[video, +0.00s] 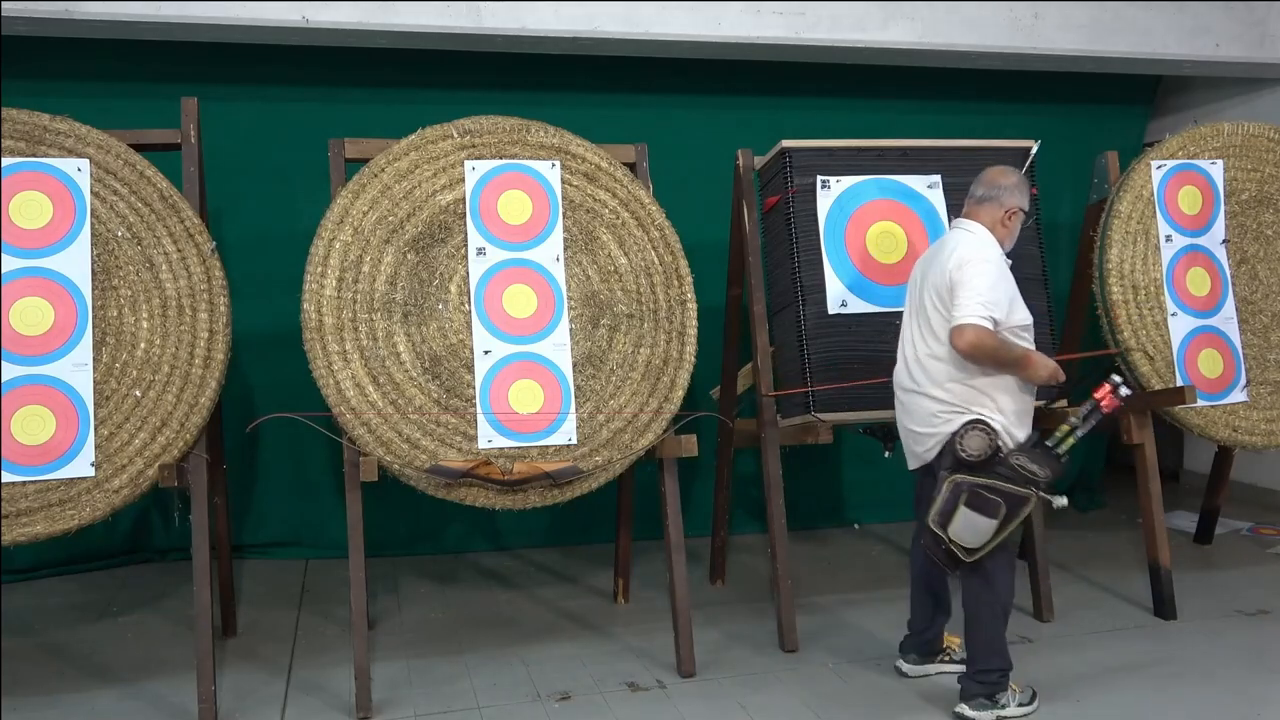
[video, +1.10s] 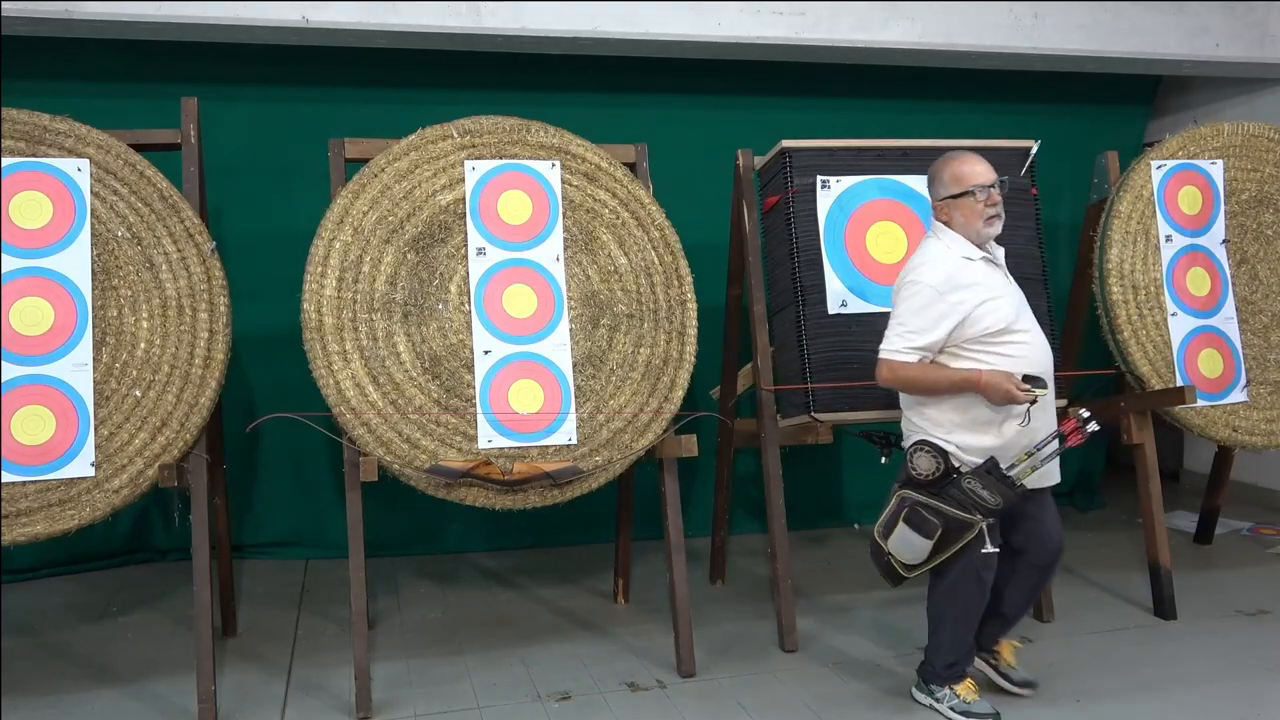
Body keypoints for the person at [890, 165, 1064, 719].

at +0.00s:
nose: (1020, 229)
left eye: (1022, 219)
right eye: (1021, 219)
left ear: (967, 207)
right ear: (1007, 213)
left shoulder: (937, 251)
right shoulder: (977, 253)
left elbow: (940, 343)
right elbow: (970, 336)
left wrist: (1022, 367)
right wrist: (1029, 362)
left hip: (929, 429)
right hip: (971, 433)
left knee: (932, 540)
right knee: (990, 557)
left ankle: (922, 646)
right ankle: (987, 688)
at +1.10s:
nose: (995, 198)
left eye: (996, 188)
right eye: (979, 192)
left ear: (996, 194)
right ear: (944, 207)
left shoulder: (981, 256)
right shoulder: (931, 270)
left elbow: (969, 344)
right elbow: (891, 369)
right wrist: (979, 379)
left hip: (1011, 444)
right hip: (960, 456)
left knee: (1040, 541)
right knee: (967, 565)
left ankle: (986, 636)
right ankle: (941, 675)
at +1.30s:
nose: (973, 203)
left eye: (980, 190)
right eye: (955, 197)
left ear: (993, 194)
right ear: (930, 210)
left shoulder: (1011, 255)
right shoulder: (907, 280)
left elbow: (1028, 344)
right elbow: (885, 383)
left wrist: (1051, 409)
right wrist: (954, 363)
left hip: (1024, 452)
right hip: (948, 461)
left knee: (1040, 576)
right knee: (956, 577)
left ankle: (1045, 700)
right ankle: (942, 677)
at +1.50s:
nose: (965, 207)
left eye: (976, 193)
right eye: (948, 199)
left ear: (995, 199)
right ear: (930, 211)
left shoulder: (1040, 269)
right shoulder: (900, 279)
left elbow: (1061, 365)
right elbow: (867, 384)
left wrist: (1065, 439)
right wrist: (911, 354)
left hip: (1016, 476)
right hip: (930, 474)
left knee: (1007, 611)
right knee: (941, 584)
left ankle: (999, 713)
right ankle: (948, 671)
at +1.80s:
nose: (953, 185)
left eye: (969, 172)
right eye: (939, 175)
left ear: (996, 183)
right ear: (923, 187)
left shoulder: (1045, 269)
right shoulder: (888, 265)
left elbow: (1084, 385)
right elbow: (845, 354)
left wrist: (1097, 478)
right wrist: (861, 360)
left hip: (997, 498)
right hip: (905, 492)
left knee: (1002, 646)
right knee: (914, 620)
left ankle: (994, 715)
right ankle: (956, 694)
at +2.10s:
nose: (892, 195)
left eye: (908, 179)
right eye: (876, 185)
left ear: (939, 186)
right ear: (864, 201)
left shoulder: (999, 267)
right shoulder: (845, 279)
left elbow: (1062, 379)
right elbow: (837, 364)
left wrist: (985, 443)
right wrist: (823, 382)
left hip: (971, 531)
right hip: (867, 528)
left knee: (990, 692)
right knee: (856, 688)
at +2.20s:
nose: (866, 200)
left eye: (881, 183)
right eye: (850, 191)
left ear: (913, 192)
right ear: (838, 210)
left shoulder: (972, 273)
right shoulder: (821, 290)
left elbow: (1019, 397)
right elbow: (813, 382)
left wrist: (908, 428)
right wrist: (797, 398)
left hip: (948, 539)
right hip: (843, 540)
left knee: (982, 701)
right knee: (841, 699)